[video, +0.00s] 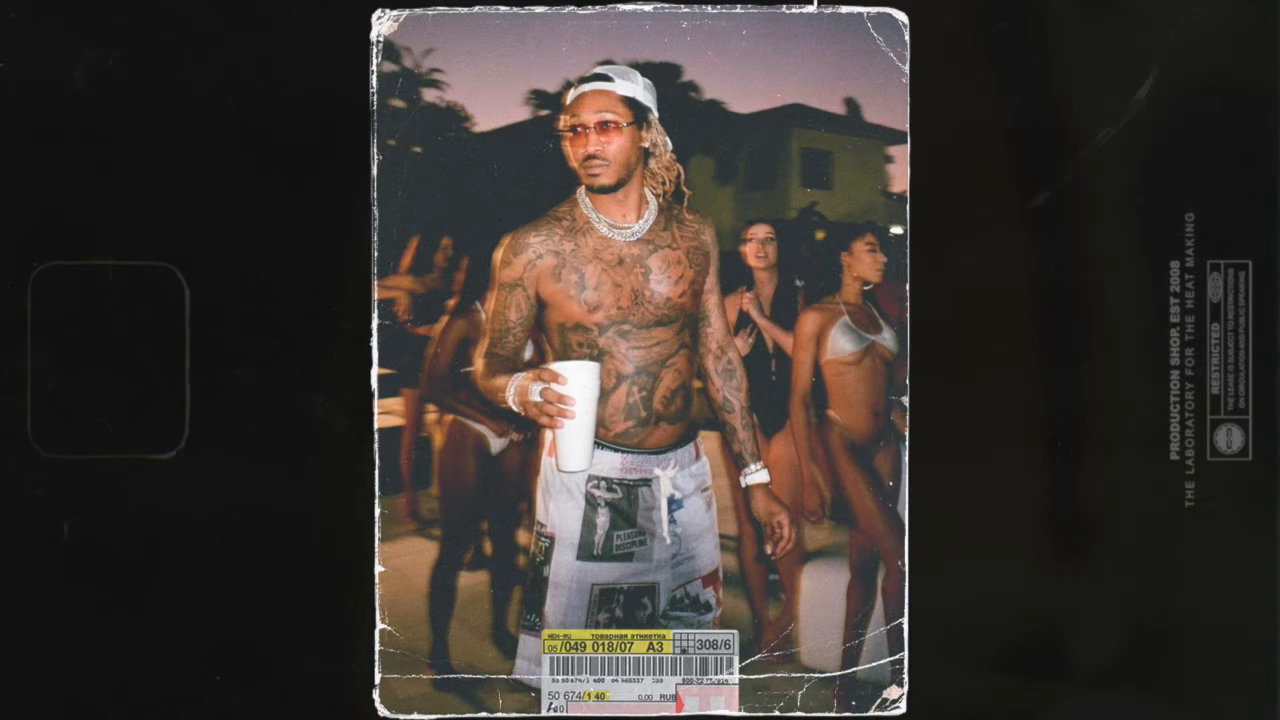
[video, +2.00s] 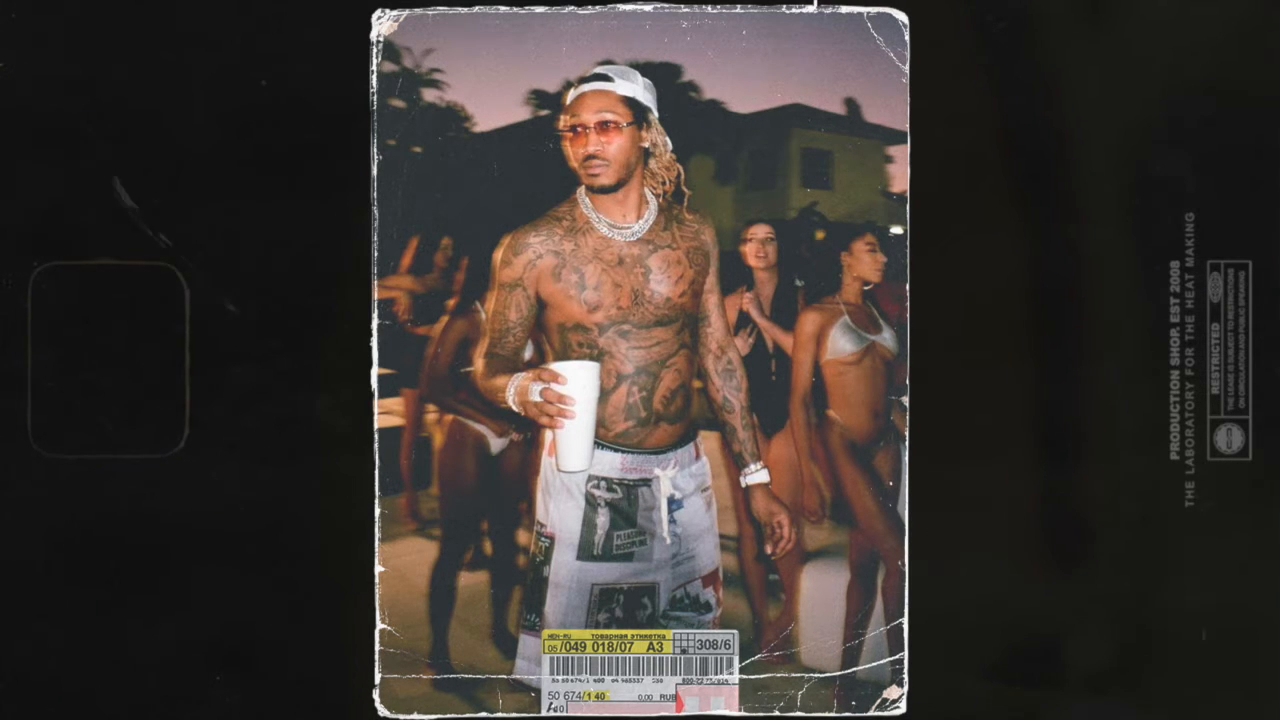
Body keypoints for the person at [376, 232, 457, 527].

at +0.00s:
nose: (446, 254)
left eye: (450, 249)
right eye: (442, 247)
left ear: (456, 254)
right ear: (431, 250)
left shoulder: (456, 280)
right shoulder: (415, 282)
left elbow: (461, 313)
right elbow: (393, 285)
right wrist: (404, 294)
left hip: (445, 351)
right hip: (416, 349)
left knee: (449, 427)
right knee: (412, 428)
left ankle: (452, 499)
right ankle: (410, 502)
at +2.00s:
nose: (445, 254)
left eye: (450, 249)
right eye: (442, 247)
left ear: (456, 253)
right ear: (432, 249)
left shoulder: (459, 273)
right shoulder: (419, 244)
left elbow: (461, 303)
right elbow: (398, 283)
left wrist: (436, 327)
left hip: (446, 346)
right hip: (417, 344)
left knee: (450, 426)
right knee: (413, 427)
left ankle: (454, 500)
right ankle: (410, 504)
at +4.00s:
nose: (445, 254)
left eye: (450, 250)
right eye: (441, 248)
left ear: (456, 255)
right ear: (431, 251)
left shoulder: (455, 281)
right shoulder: (414, 283)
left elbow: (461, 303)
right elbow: (395, 284)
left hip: (445, 350)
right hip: (416, 348)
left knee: (450, 425)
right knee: (413, 427)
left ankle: (451, 498)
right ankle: (410, 500)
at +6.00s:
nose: (446, 255)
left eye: (451, 250)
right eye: (442, 249)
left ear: (455, 255)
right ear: (431, 252)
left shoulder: (454, 283)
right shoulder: (414, 283)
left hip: (445, 353)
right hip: (416, 350)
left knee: (449, 426)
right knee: (413, 427)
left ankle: (450, 498)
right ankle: (410, 499)